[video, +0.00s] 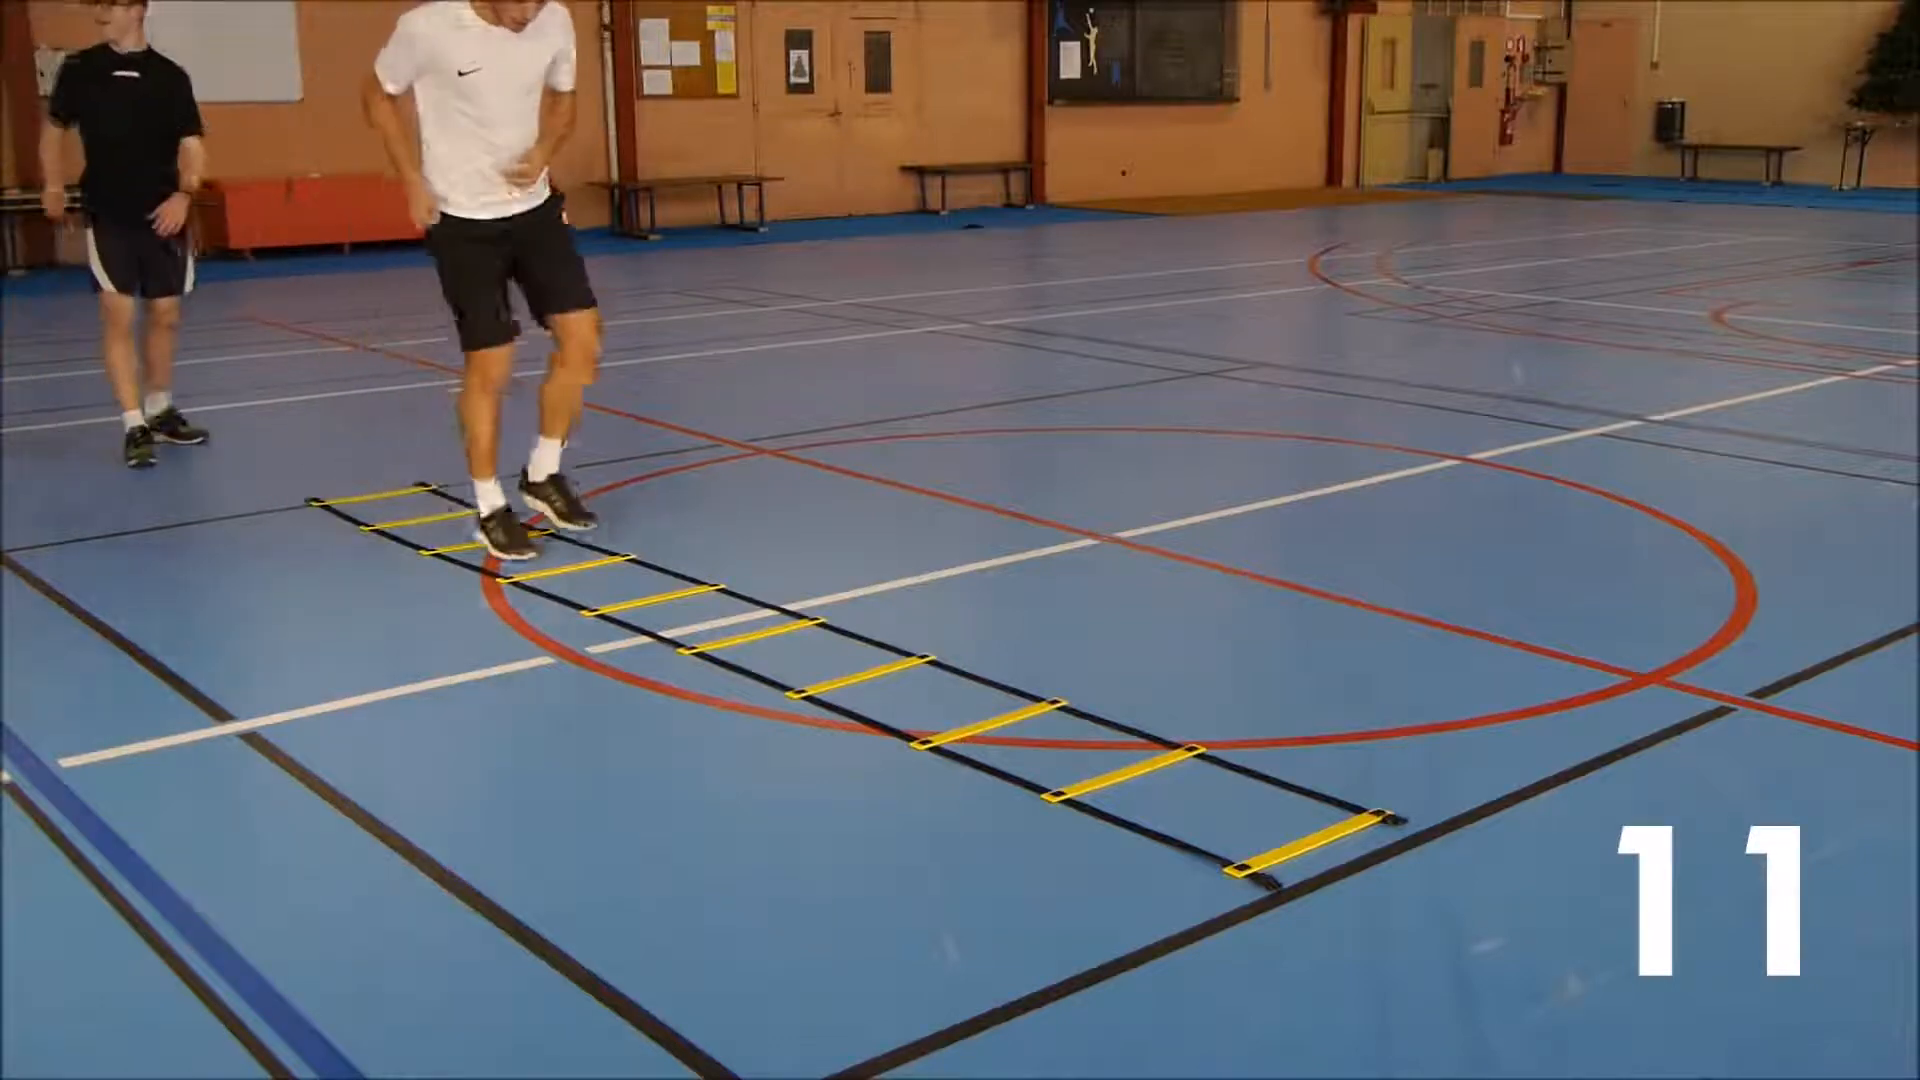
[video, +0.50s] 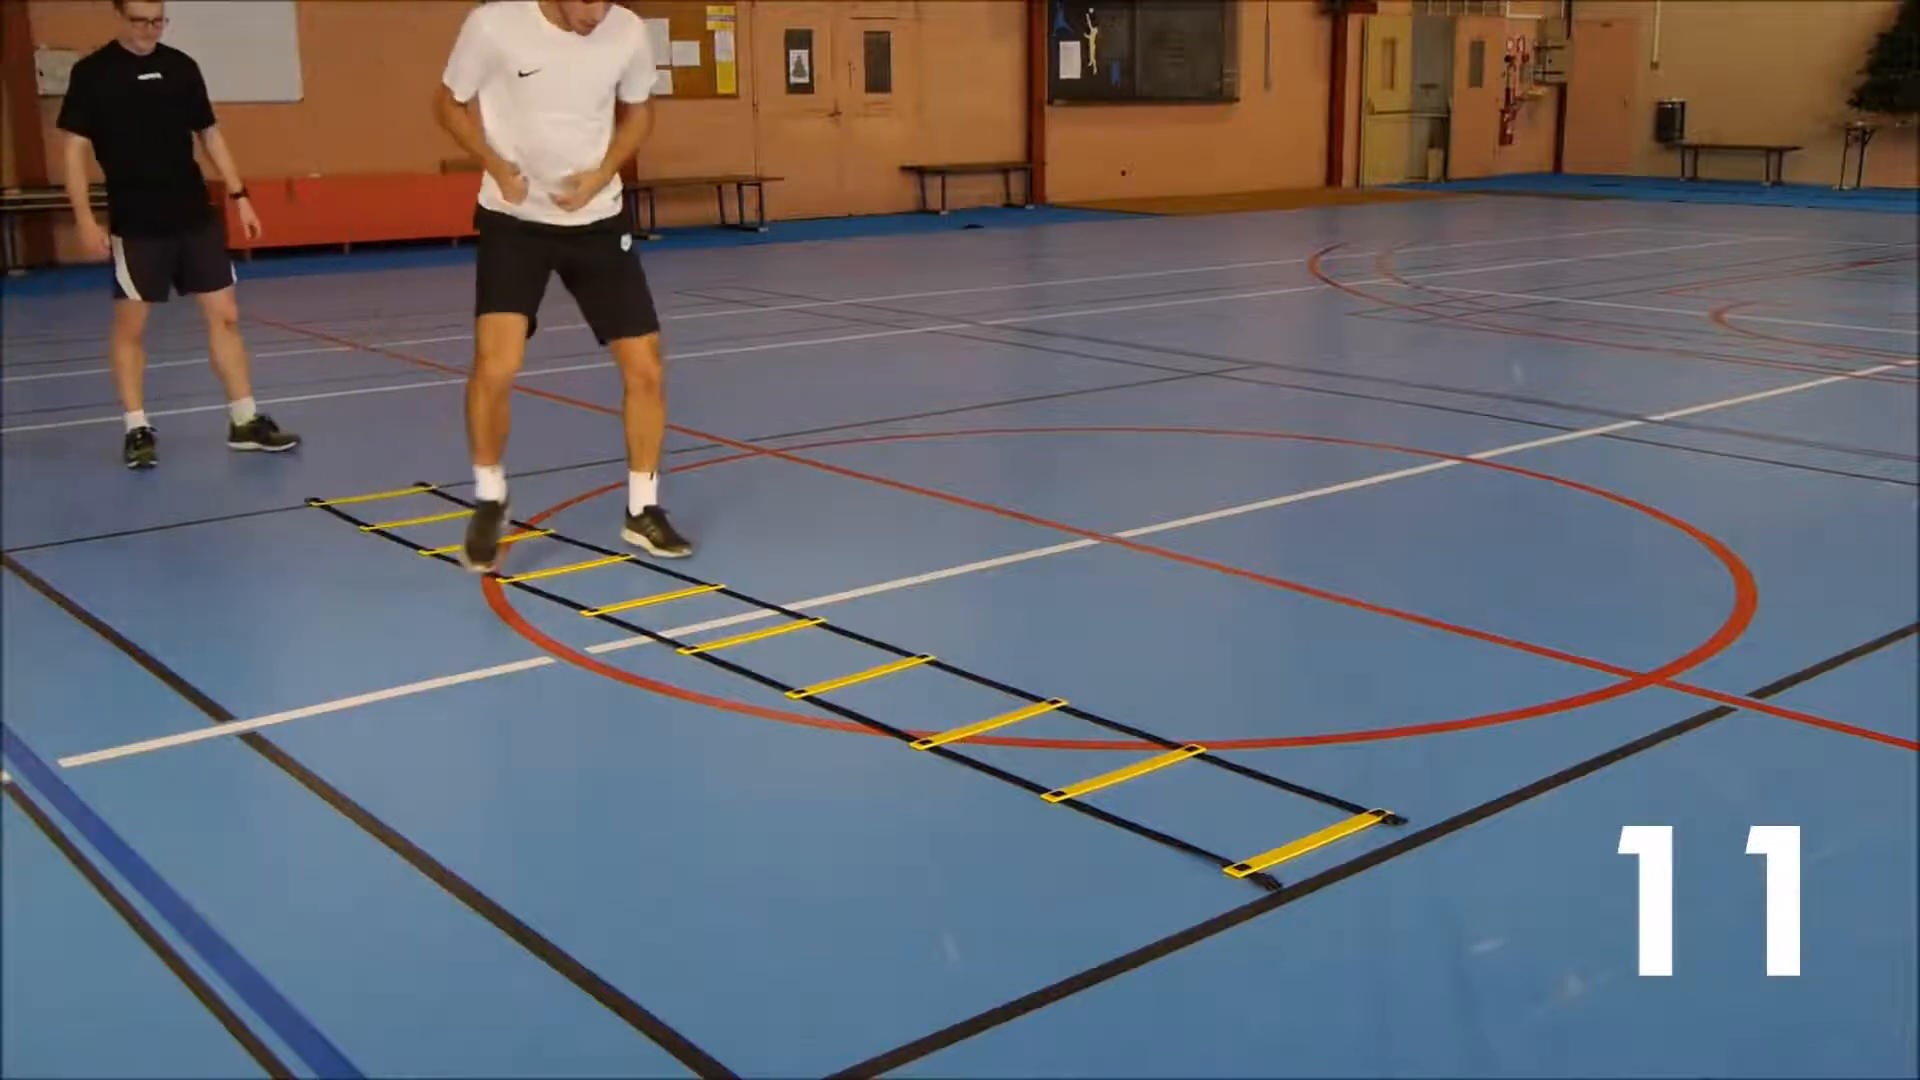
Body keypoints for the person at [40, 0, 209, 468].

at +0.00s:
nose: (100, 13)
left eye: (111, 5)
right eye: (98, 5)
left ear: (139, 11)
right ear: (96, 11)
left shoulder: (171, 76)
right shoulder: (79, 69)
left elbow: (191, 144)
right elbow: (54, 129)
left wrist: (184, 196)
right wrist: (54, 184)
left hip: (163, 210)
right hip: (108, 211)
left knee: (167, 315)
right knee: (119, 315)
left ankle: (160, 410)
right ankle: (134, 425)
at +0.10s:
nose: (104, 13)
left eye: (113, 6)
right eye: (98, 6)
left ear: (136, 8)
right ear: (90, 10)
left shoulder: (168, 68)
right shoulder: (76, 68)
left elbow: (190, 138)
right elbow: (55, 135)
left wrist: (182, 195)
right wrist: (58, 201)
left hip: (168, 208)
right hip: (112, 213)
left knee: (176, 317)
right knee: (122, 318)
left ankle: (162, 407)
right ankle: (135, 425)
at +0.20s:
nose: (117, 26)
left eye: (126, 15)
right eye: (107, 16)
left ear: (138, 12)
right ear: (91, 15)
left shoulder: (165, 66)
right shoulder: (71, 72)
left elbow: (192, 135)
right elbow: (56, 147)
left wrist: (200, 194)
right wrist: (68, 218)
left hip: (175, 212)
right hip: (117, 217)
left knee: (195, 313)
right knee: (123, 321)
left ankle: (172, 396)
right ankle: (136, 426)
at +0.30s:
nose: (125, 16)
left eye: (131, 8)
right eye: (114, 9)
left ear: (140, 8)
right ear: (95, 10)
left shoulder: (165, 65)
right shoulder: (72, 74)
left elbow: (197, 135)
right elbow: (59, 152)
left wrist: (216, 196)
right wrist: (72, 221)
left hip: (179, 211)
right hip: (121, 219)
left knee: (208, 310)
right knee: (127, 325)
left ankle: (185, 391)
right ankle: (136, 427)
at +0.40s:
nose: (138, 28)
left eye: (145, 18)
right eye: (127, 19)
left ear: (153, 14)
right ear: (105, 15)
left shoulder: (172, 64)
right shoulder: (82, 74)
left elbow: (203, 133)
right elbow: (67, 149)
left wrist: (232, 197)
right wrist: (78, 222)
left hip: (189, 212)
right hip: (128, 220)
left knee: (220, 309)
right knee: (130, 326)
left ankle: (220, 410)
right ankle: (137, 427)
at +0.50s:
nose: (150, 30)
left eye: (158, 20)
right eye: (139, 21)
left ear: (165, 16)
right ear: (117, 16)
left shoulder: (182, 66)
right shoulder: (91, 73)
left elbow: (210, 136)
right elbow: (74, 150)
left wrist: (240, 197)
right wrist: (86, 221)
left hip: (195, 214)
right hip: (135, 221)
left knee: (225, 316)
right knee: (131, 328)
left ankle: (245, 420)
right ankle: (137, 428)